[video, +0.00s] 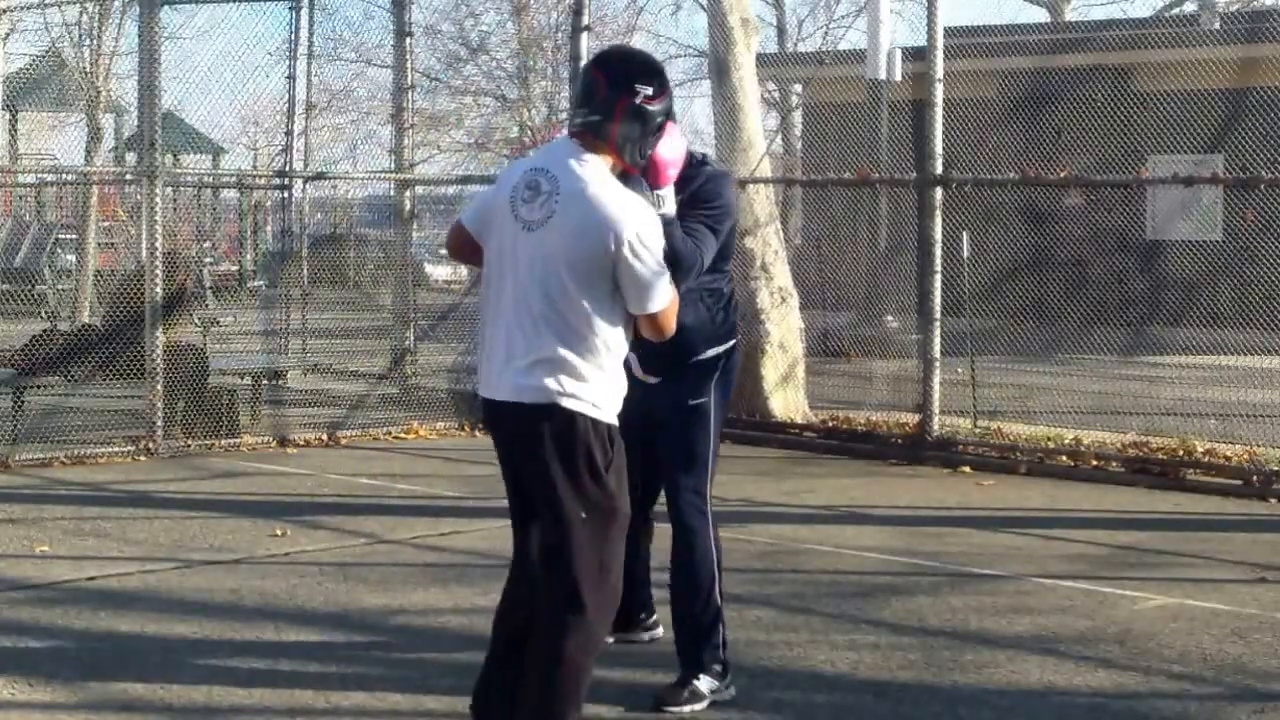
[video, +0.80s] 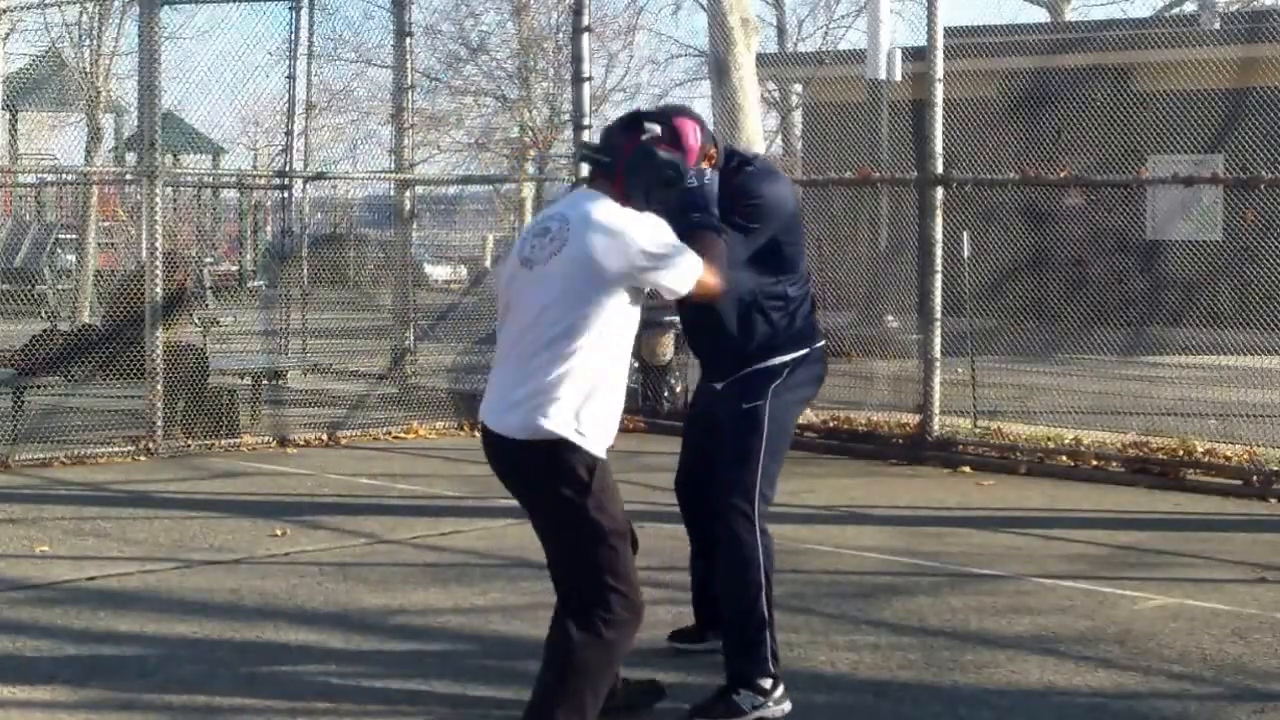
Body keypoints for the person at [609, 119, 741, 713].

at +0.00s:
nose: (640, 157)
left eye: (648, 145)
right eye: (636, 147)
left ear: (671, 137)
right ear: (629, 147)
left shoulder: (710, 183)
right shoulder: (621, 184)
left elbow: (688, 259)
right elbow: (600, 252)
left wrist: (660, 193)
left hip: (694, 363)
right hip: (629, 357)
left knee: (687, 508)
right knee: (628, 497)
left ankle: (705, 666)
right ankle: (632, 611)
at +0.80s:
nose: (666, 181)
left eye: (669, 169)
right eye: (660, 173)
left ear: (699, 154)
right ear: (689, 159)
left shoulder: (761, 186)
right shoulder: (691, 198)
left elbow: (710, 266)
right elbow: (658, 273)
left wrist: (697, 187)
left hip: (775, 365)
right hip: (724, 370)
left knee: (739, 506)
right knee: (697, 490)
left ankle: (758, 680)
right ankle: (715, 619)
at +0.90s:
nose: (688, 191)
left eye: (692, 181)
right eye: (682, 182)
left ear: (718, 164)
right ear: (695, 169)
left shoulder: (779, 193)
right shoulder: (715, 186)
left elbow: (729, 272)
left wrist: (695, 219)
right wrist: (654, 207)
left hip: (789, 369)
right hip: (735, 366)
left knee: (740, 507)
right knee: (706, 491)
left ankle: (756, 681)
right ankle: (786, 593)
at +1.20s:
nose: (752, 190)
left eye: (757, 179)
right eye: (744, 184)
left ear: (786, 163)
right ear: (751, 180)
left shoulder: (855, 195)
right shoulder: (777, 207)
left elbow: (813, 268)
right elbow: (743, 291)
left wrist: (769, 204)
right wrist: (717, 226)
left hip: (860, 374)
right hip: (816, 374)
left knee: (812, 507)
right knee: (784, 504)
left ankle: (791, 661)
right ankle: (849, 612)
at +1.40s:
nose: (793, 160)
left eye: (797, 148)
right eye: (787, 154)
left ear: (826, 130)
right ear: (815, 140)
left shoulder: (884, 158)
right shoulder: (834, 177)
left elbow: (850, 231)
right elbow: (793, 260)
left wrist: (805, 171)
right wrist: (755, 206)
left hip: (908, 346)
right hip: (884, 348)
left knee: (840, 492)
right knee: (861, 483)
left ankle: (877, 646)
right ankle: (914, 593)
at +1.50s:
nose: (830, 170)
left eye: (834, 158)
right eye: (822, 161)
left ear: (864, 144)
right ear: (831, 156)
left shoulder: (912, 179)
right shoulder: (856, 196)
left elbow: (897, 259)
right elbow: (827, 281)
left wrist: (842, 201)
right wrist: (791, 230)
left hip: (923, 367)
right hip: (907, 367)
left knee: (843, 496)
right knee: (913, 492)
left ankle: (875, 650)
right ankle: (991, 608)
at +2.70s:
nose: (843, 232)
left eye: (845, 221)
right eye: (841, 223)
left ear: (874, 212)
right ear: (884, 204)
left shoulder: (953, 242)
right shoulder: (891, 250)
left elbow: (938, 340)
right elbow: (857, 337)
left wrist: (862, 291)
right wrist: (818, 304)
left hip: (978, 431)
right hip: (955, 428)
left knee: (887, 537)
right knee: (973, 541)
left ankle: (820, 699)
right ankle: (1057, 643)